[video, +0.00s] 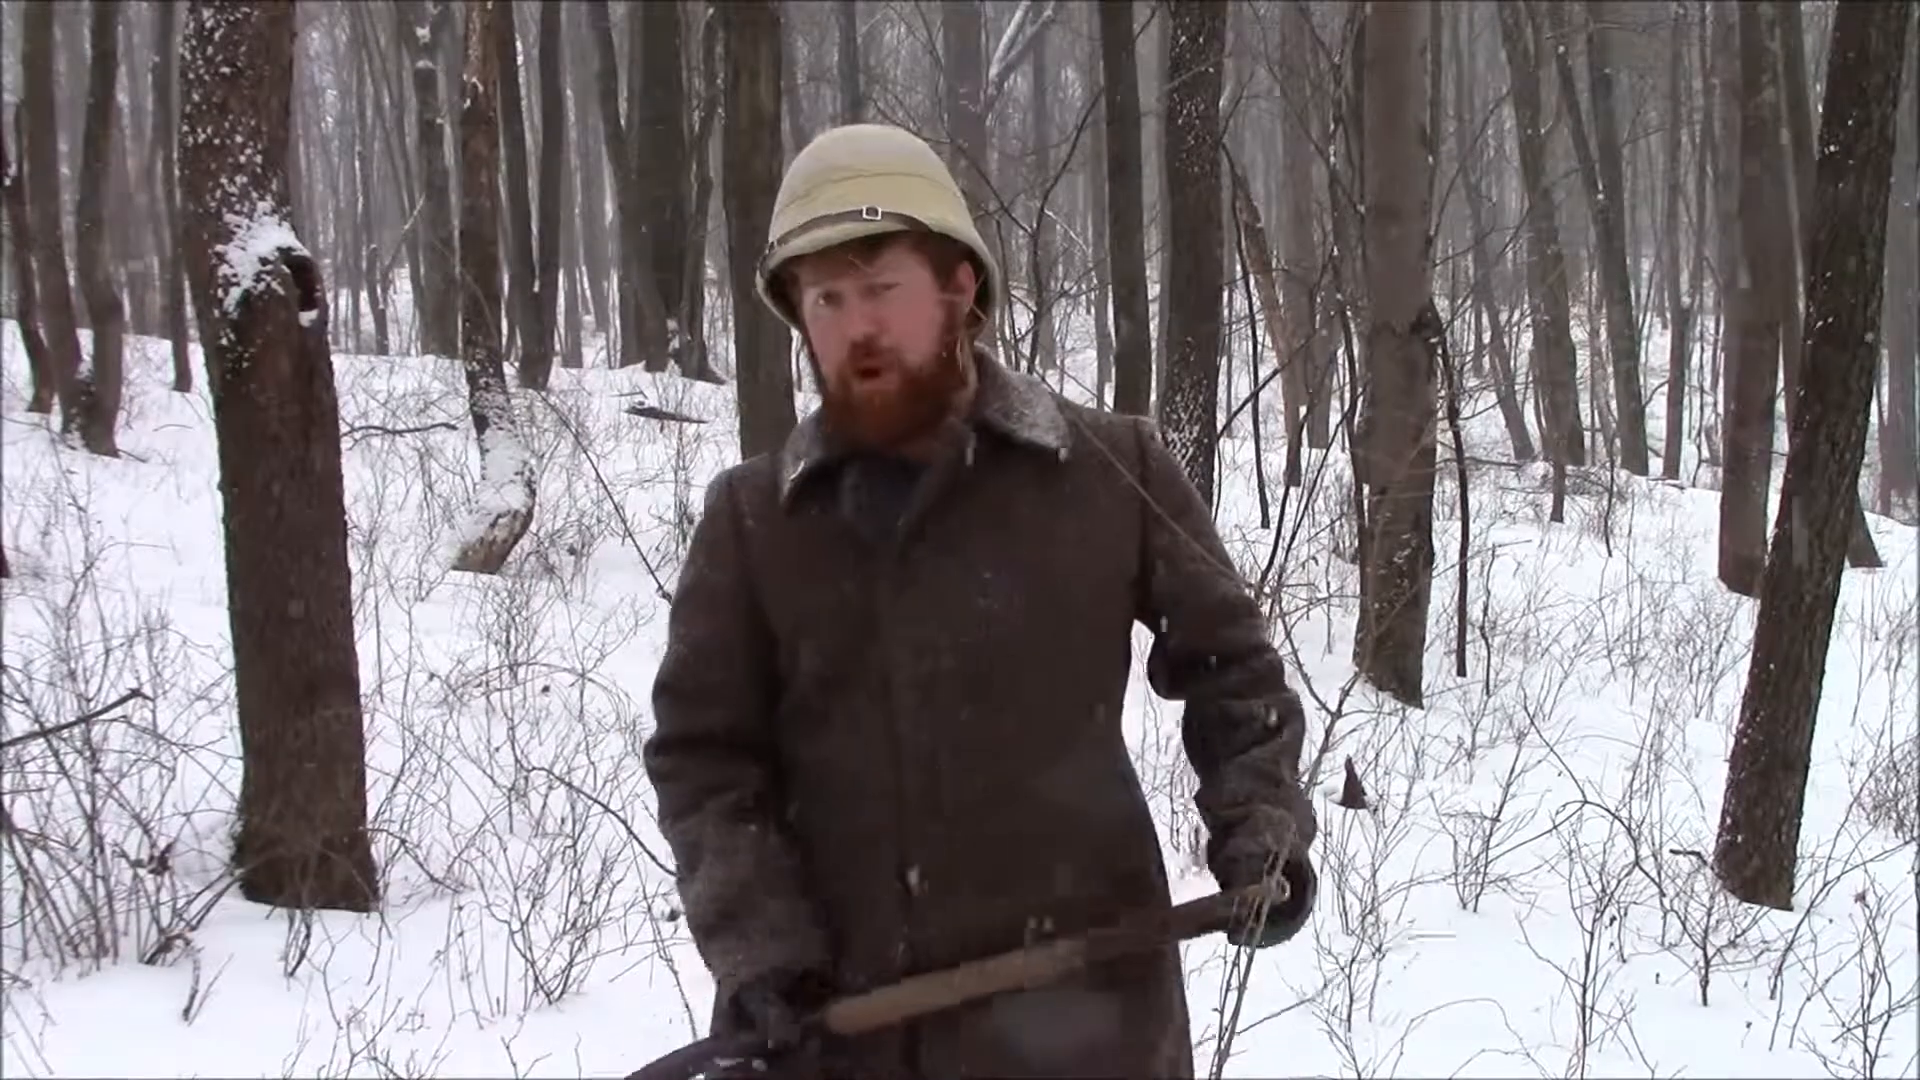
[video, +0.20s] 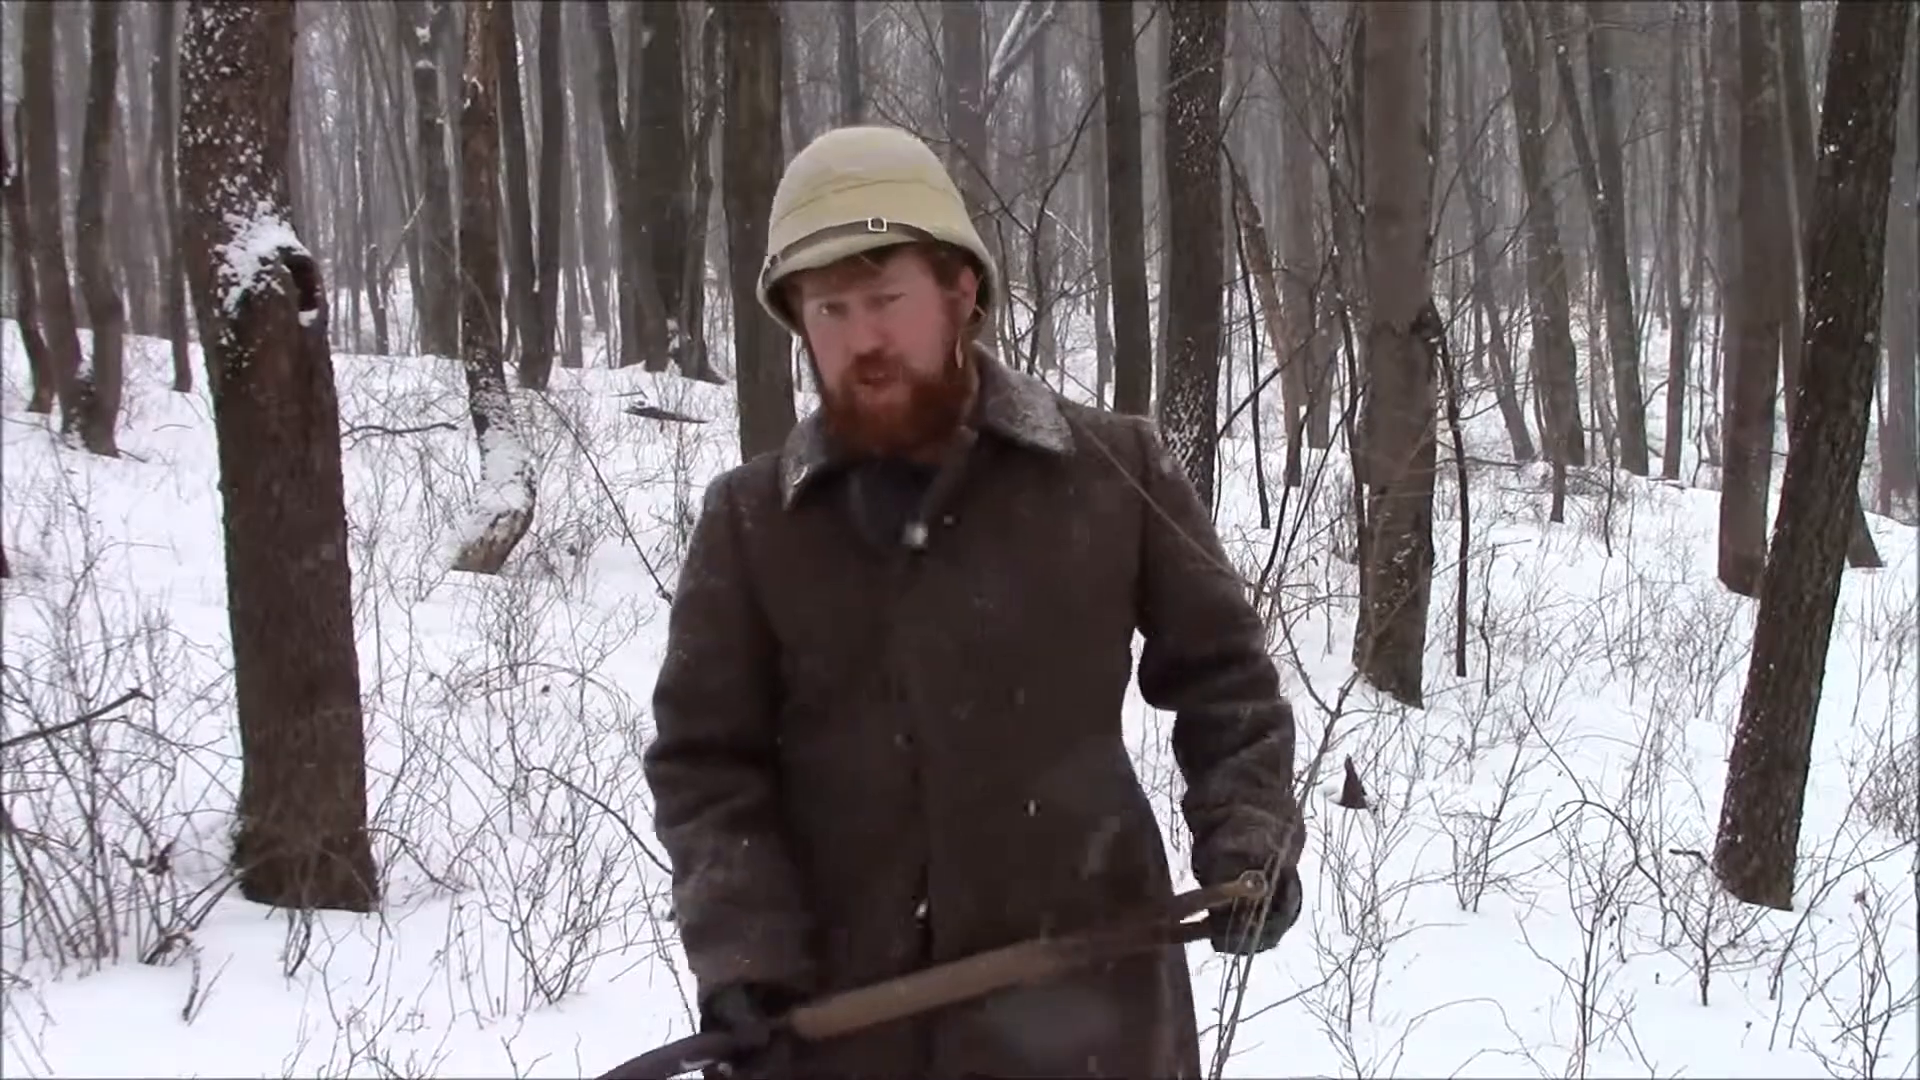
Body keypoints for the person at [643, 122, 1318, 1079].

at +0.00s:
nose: (858, 329)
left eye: (884, 287)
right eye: (828, 300)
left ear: (962, 289)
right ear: (799, 322)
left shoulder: (1116, 473)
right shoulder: (749, 520)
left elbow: (1230, 668)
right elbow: (701, 760)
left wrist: (1259, 827)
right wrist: (763, 955)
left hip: (1084, 1014)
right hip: (847, 1027)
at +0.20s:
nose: (864, 340)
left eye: (885, 296)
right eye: (830, 310)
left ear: (963, 294)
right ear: (799, 331)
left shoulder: (1116, 472)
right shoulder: (748, 521)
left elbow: (1222, 673)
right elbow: (704, 768)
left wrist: (1247, 842)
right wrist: (744, 966)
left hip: (1084, 1013)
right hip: (844, 1025)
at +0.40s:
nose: (884, 356)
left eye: (908, 315)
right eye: (850, 327)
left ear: (980, 304)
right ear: (817, 342)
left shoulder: (1132, 477)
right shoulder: (765, 526)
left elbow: (1226, 676)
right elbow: (713, 775)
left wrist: (1215, 828)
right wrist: (717, 997)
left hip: (1106, 1023)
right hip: (854, 1032)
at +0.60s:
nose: (870, 377)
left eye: (893, 334)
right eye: (840, 345)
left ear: (972, 320)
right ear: (807, 351)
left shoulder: (1124, 478)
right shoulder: (756, 537)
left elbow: (1234, 671)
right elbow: (717, 791)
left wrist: (1235, 840)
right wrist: (749, 1017)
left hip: (1114, 1022)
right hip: (870, 1039)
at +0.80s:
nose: (801, 435)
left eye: (826, 381)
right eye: (771, 393)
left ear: (921, 350)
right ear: (747, 393)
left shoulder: (1084, 485)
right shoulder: (712, 566)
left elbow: (1197, 656)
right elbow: (688, 847)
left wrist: (1201, 823)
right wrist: (732, 1060)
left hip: (1088, 1030)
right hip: (848, 1048)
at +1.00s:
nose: (702, 534)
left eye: (720, 478)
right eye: (667, 495)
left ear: (821, 417)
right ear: (641, 486)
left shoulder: (1009, 491)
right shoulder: (640, 632)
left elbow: (1151, 623)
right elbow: (651, 915)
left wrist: (1146, 795)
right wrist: (700, 1060)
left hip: (1063, 1027)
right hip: (820, 1054)